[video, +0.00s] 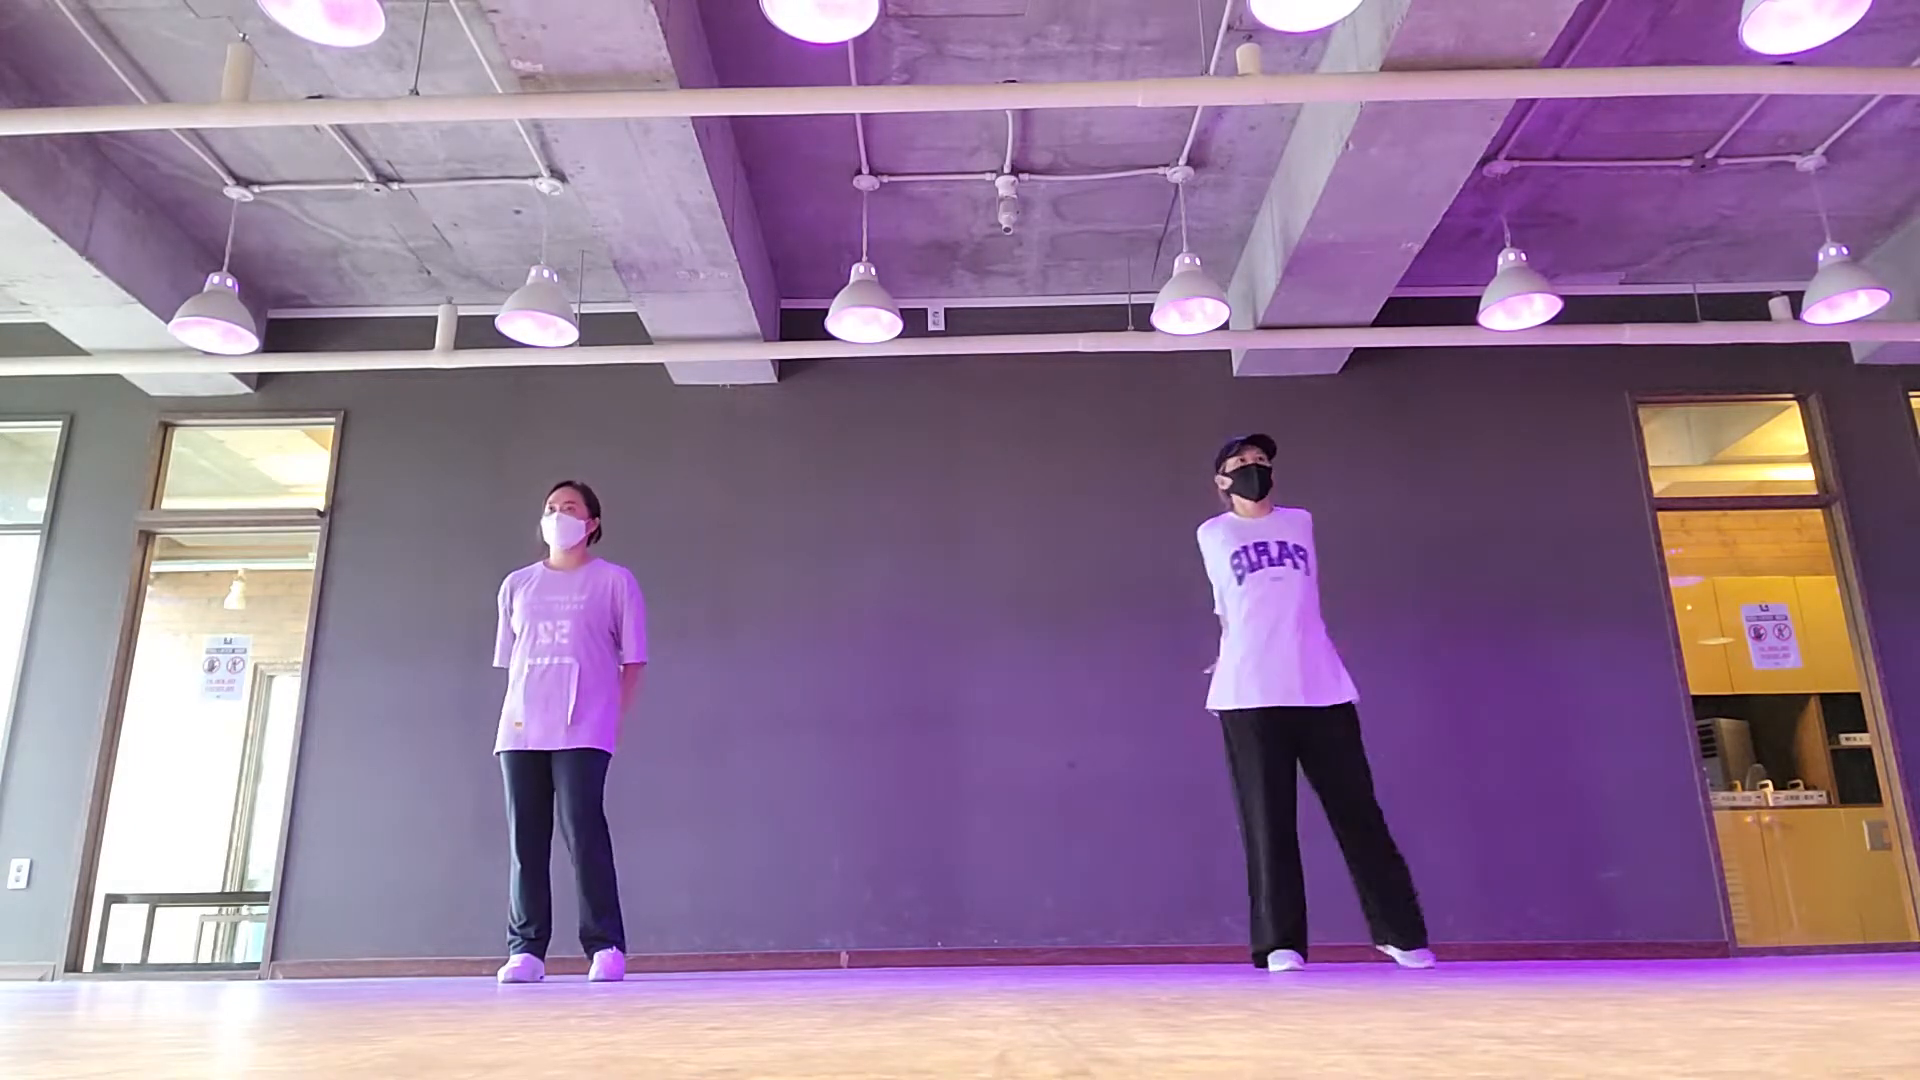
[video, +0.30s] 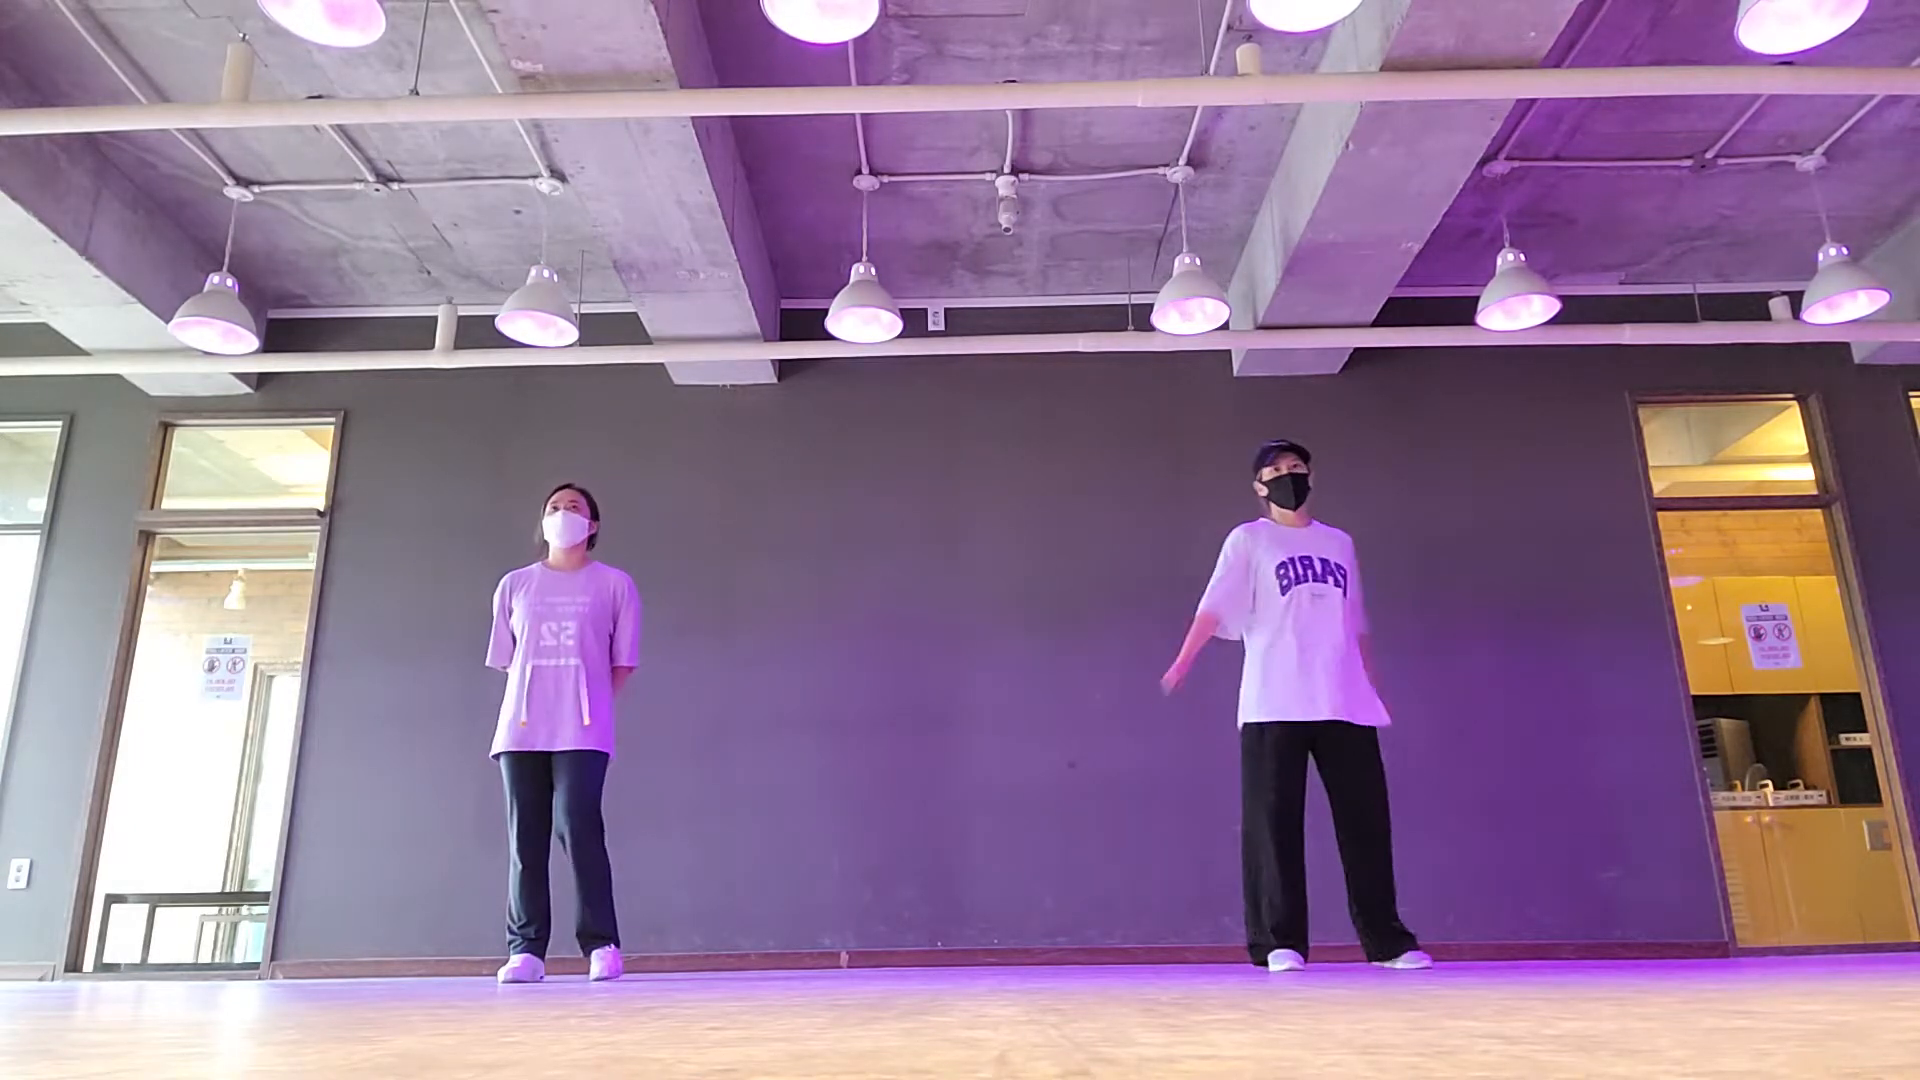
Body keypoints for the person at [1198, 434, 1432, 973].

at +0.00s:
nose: (1254, 474)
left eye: (1261, 465)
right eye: (1241, 468)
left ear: (1272, 473)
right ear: (1221, 482)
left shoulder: (1300, 522)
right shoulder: (1213, 535)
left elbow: (1305, 598)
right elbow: (1230, 609)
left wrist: (1294, 656)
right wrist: (1238, 662)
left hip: (1322, 690)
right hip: (1253, 697)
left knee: (1360, 815)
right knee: (1268, 827)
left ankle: (1399, 932)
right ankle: (1279, 947)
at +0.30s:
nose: (1289, 474)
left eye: (1297, 466)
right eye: (1276, 468)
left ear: (1310, 477)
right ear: (1260, 485)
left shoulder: (1340, 543)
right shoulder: (1247, 541)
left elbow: (1356, 630)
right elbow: (1212, 610)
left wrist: (1369, 693)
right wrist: (1180, 665)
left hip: (1343, 703)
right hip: (1274, 705)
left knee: (1367, 824)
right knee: (1274, 829)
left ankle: (1386, 943)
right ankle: (1278, 945)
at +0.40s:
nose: (1298, 480)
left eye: (1306, 472)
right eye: (1285, 474)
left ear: (1319, 482)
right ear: (1268, 488)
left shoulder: (1347, 546)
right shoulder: (1255, 539)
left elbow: (1387, 622)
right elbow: (1231, 606)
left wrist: (1432, 676)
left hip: (1350, 707)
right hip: (1281, 709)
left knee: (1367, 832)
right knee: (1282, 834)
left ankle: (1388, 948)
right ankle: (1282, 947)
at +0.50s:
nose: (1308, 482)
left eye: (1316, 474)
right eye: (1295, 476)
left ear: (1329, 484)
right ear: (1278, 489)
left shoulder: (1358, 548)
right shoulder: (1266, 534)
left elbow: (1405, 599)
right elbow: (1278, 557)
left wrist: (1455, 617)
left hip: (1355, 705)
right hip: (1284, 705)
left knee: (1371, 831)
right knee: (1287, 832)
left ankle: (1390, 946)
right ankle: (1283, 946)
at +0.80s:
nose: (1306, 486)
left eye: (1315, 477)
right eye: (1295, 479)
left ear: (1330, 487)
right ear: (1280, 491)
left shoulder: (1366, 544)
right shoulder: (1266, 536)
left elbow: (1390, 606)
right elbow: (1312, 574)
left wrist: (1408, 582)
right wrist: (1389, 572)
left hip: (1359, 704)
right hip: (1286, 702)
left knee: (1370, 829)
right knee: (1279, 829)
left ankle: (1386, 947)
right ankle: (1270, 944)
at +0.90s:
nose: (1299, 487)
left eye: (1308, 478)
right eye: (1288, 480)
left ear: (1322, 487)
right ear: (1272, 491)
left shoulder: (1355, 544)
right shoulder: (1259, 539)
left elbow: (1386, 599)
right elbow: (1289, 590)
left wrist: (1397, 640)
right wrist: (1368, 618)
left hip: (1357, 706)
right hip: (1284, 707)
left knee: (1371, 831)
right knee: (1279, 832)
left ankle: (1386, 947)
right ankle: (1272, 945)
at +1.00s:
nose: (1290, 484)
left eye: (1299, 476)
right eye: (1279, 478)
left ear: (1314, 486)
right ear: (1264, 491)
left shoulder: (1347, 543)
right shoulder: (1249, 543)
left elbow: (1369, 626)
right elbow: (1256, 609)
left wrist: (1386, 690)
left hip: (1348, 708)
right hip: (1277, 712)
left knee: (1367, 830)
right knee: (1276, 832)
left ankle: (1389, 946)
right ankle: (1274, 946)